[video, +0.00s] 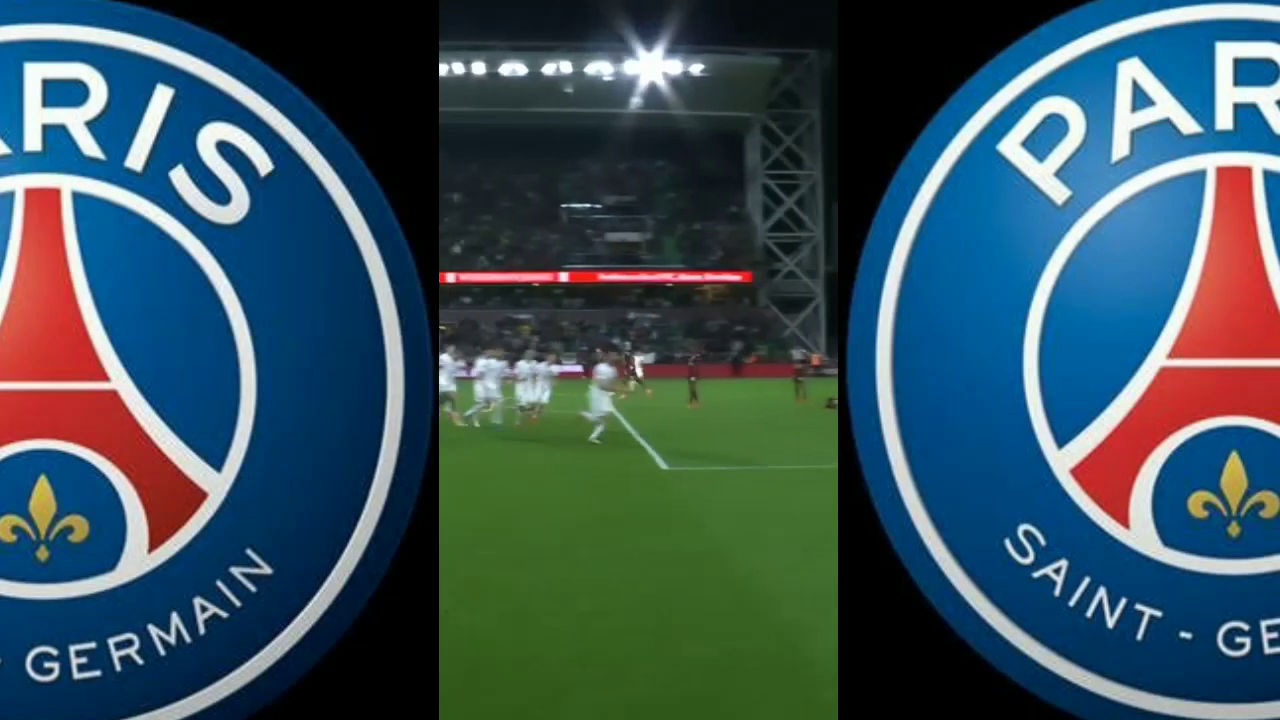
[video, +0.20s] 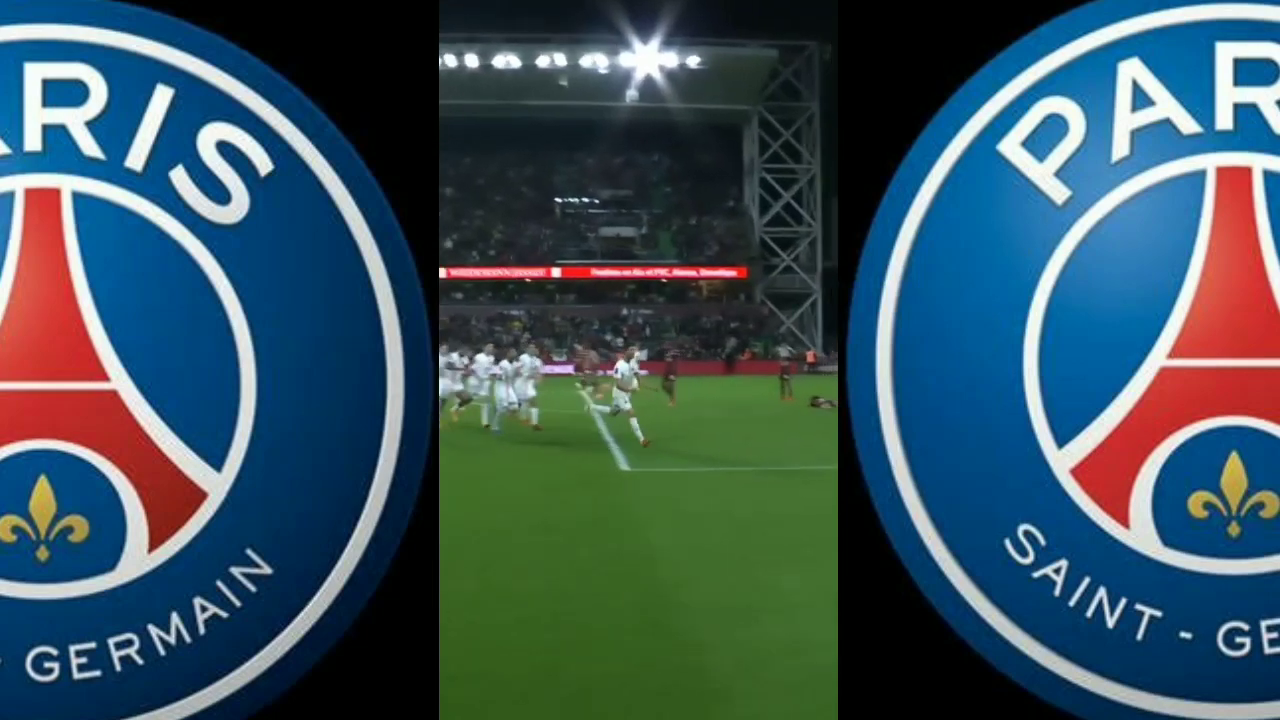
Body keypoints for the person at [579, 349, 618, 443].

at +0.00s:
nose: (615, 358)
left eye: (616, 355)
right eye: (613, 355)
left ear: (616, 357)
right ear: (607, 356)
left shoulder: (613, 370)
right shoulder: (600, 368)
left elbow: (613, 383)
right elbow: (602, 384)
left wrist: (622, 391)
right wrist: (618, 389)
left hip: (606, 393)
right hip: (596, 393)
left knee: (605, 417)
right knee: (598, 417)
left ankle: (593, 436)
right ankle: (584, 414)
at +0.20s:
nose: (632, 354)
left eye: (633, 352)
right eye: (630, 352)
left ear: (633, 355)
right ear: (625, 353)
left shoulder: (632, 363)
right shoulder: (620, 365)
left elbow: (637, 375)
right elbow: (617, 383)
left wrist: (639, 385)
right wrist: (628, 389)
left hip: (627, 392)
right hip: (619, 392)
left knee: (613, 412)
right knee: (631, 413)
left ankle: (592, 406)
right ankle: (642, 439)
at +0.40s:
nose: (610, 335)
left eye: (610, 332)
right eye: (608, 332)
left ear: (609, 334)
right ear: (601, 334)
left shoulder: (607, 347)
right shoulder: (594, 349)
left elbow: (603, 365)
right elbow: (595, 372)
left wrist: (609, 377)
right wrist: (611, 376)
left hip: (603, 380)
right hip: (591, 381)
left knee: (613, 403)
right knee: (584, 409)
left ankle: (598, 422)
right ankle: (573, 429)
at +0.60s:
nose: (606, 326)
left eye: (606, 323)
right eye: (603, 323)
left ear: (604, 326)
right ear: (595, 326)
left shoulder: (599, 344)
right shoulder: (589, 341)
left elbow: (599, 366)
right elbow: (578, 355)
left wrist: (613, 376)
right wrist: (587, 354)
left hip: (592, 383)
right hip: (580, 383)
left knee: (595, 415)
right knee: (580, 420)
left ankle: (578, 447)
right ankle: (562, 398)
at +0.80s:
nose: (617, 309)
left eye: (618, 306)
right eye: (614, 306)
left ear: (618, 310)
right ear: (605, 309)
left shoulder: (620, 327)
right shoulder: (597, 326)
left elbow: (622, 350)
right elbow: (586, 334)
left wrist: (627, 369)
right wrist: (596, 317)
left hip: (607, 372)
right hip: (597, 372)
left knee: (581, 404)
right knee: (615, 408)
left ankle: (541, 404)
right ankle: (625, 453)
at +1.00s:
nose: (662, 315)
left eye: (661, 311)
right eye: (658, 311)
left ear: (656, 316)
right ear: (647, 316)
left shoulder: (657, 340)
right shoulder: (633, 340)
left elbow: (649, 370)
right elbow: (643, 345)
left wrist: (656, 391)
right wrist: (646, 323)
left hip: (649, 396)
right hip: (630, 397)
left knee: (659, 439)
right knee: (628, 444)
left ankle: (624, 437)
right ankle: (608, 481)